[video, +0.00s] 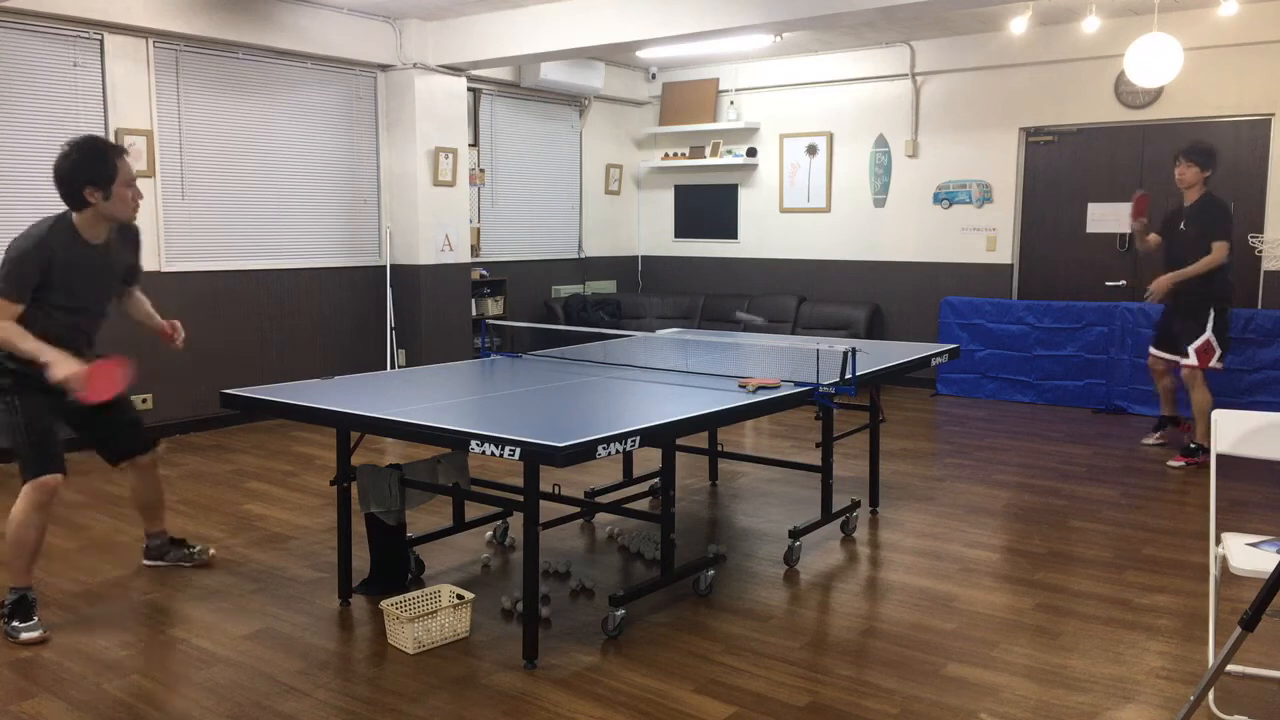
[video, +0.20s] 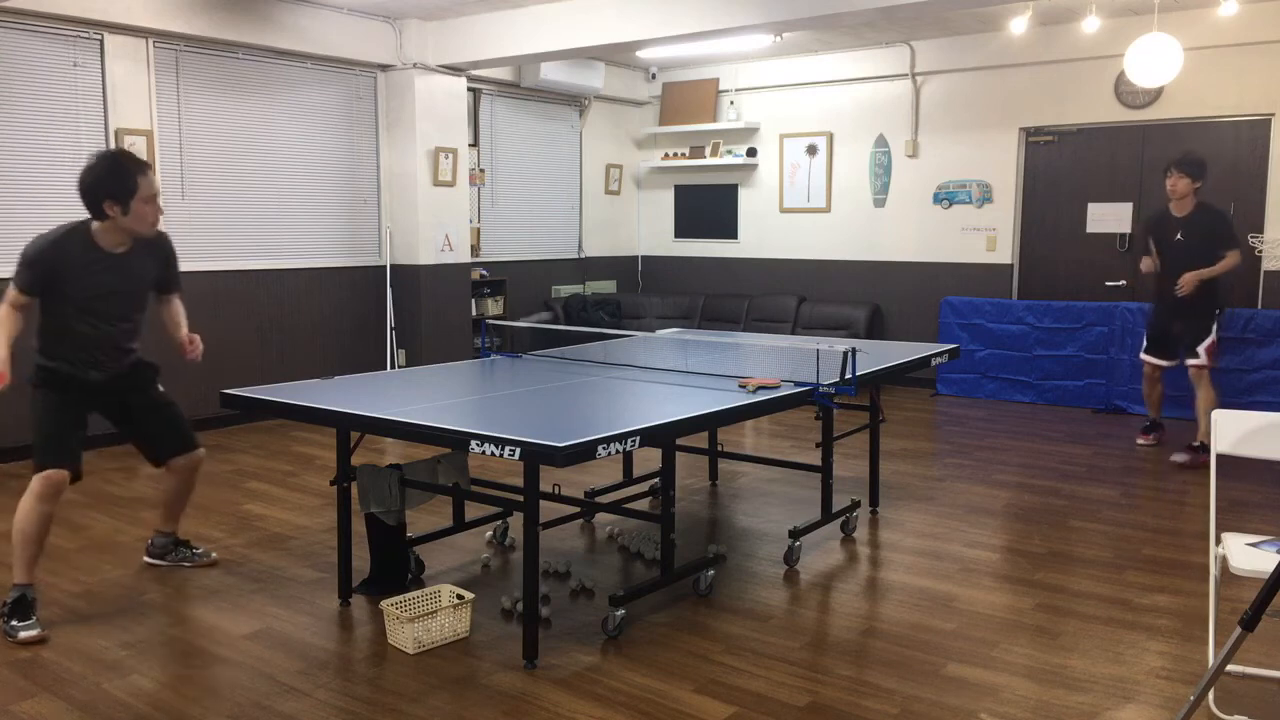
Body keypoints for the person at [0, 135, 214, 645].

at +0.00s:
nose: (138, 192)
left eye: (135, 181)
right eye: (128, 184)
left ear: (102, 193)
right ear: (93, 196)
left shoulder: (124, 238)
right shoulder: (36, 246)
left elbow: (125, 291)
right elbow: (2, 323)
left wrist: (158, 323)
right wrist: (51, 355)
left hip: (82, 367)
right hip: (23, 374)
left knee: (141, 451)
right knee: (45, 480)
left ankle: (158, 543)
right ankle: (18, 598)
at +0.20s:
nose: (159, 207)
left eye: (157, 197)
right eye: (149, 200)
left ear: (127, 206)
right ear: (112, 209)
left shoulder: (156, 248)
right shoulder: (51, 253)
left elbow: (169, 299)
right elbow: (14, 306)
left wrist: (183, 334)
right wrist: (3, 358)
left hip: (124, 373)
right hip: (60, 377)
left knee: (186, 457)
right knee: (52, 477)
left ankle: (164, 542)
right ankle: (21, 596)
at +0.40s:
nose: (181, 205)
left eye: (182, 195)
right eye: (171, 199)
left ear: (179, 193)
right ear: (135, 203)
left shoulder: (181, 242)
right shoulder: (97, 251)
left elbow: (184, 293)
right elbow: (83, 323)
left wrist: (197, 331)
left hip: (143, 370)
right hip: (87, 373)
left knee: (201, 454)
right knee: (66, 477)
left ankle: (167, 541)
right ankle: (24, 596)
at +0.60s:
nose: (201, 177)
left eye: (199, 167)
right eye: (191, 169)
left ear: (161, 177)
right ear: (157, 177)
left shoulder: (149, 221)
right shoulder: (141, 223)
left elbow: (148, 287)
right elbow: (218, 275)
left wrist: (198, 308)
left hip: (118, 359)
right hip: (68, 359)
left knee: (171, 446)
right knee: (57, 470)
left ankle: (163, 542)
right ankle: (15, 595)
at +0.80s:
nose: (186, 173)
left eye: (184, 163)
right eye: (177, 165)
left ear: (143, 172)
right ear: (144, 172)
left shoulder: (119, 214)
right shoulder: (127, 219)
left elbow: (98, 290)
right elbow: (209, 275)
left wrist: (157, 310)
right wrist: (254, 230)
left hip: (96, 366)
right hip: (55, 366)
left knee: (144, 450)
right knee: (71, 478)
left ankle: (160, 543)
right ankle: (16, 603)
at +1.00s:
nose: (157, 190)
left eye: (153, 179)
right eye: (147, 181)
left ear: (115, 193)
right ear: (115, 193)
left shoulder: (100, 240)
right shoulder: (89, 245)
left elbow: (91, 322)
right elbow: (123, 331)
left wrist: (143, 334)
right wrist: (199, 307)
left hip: (62, 390)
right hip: (28, 393)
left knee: (129, 455)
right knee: (77, 495)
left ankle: (99, 545)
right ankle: (19, 611)